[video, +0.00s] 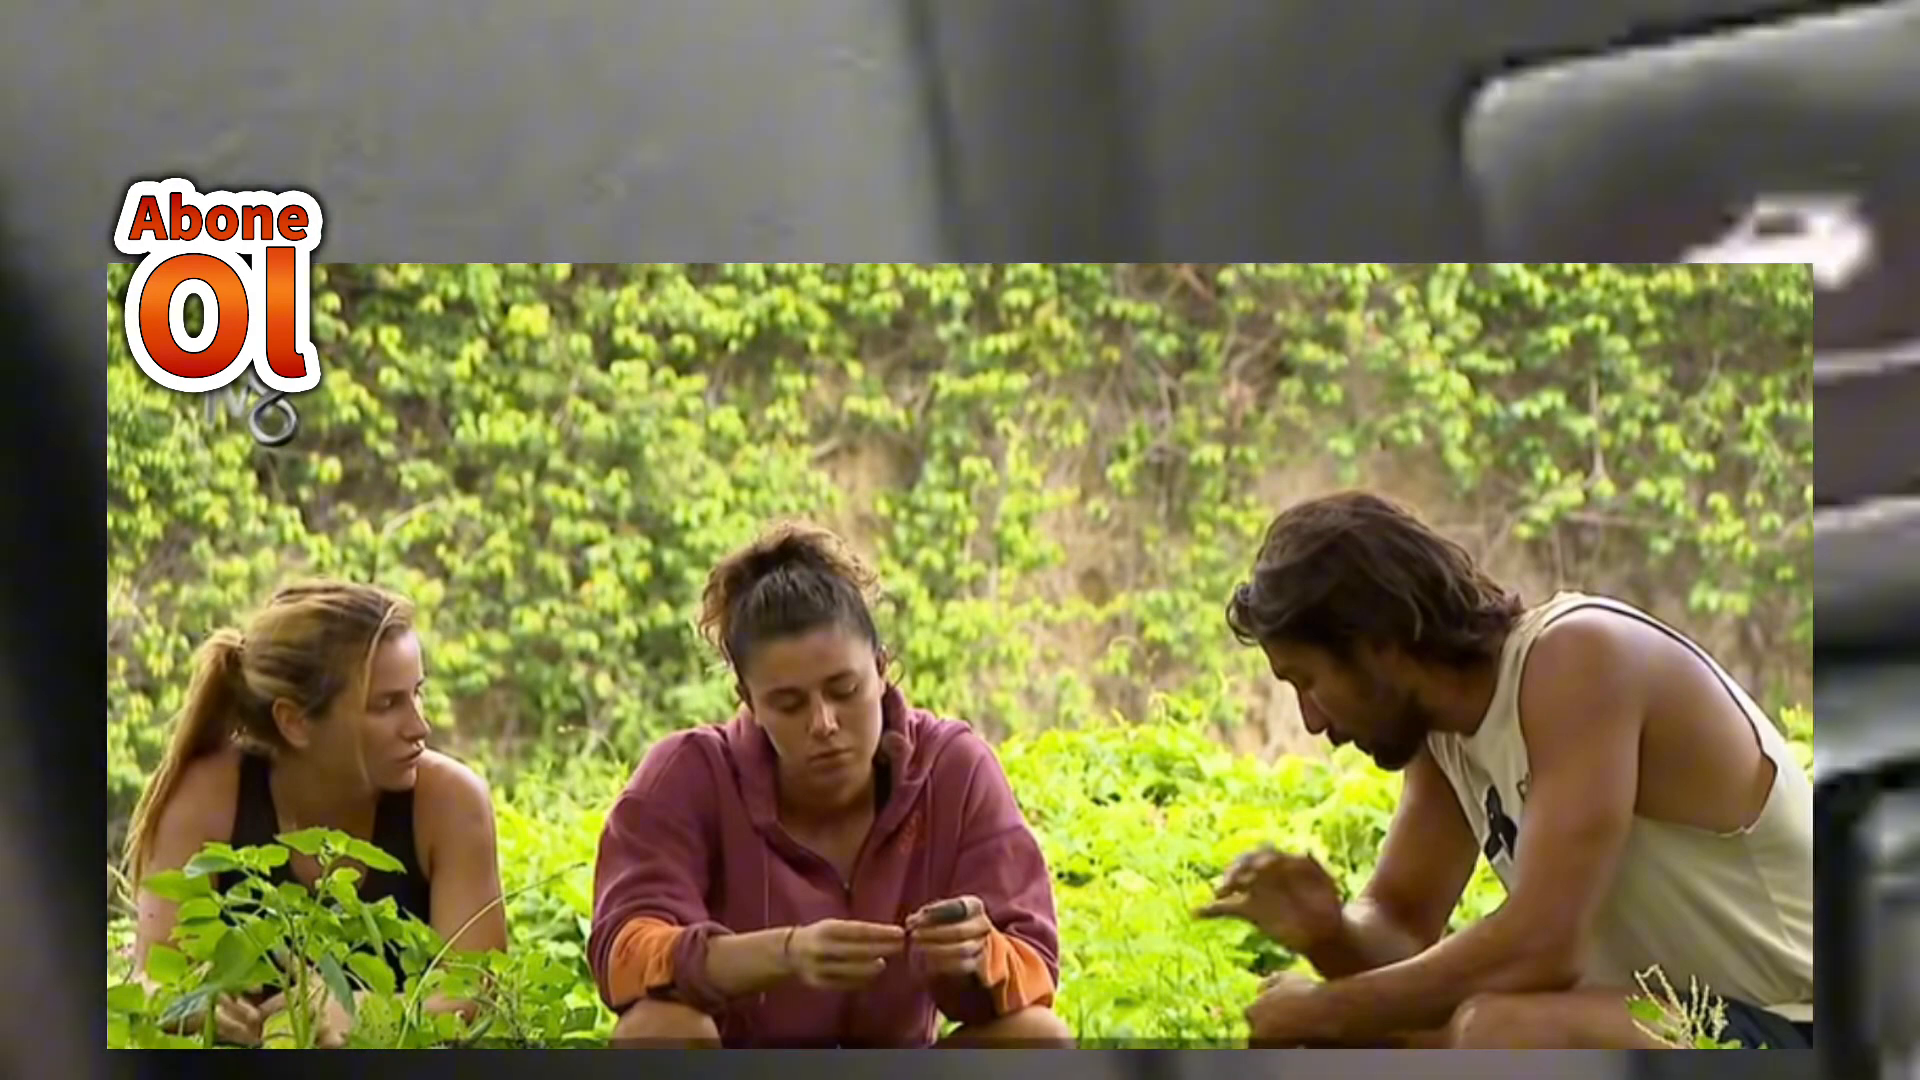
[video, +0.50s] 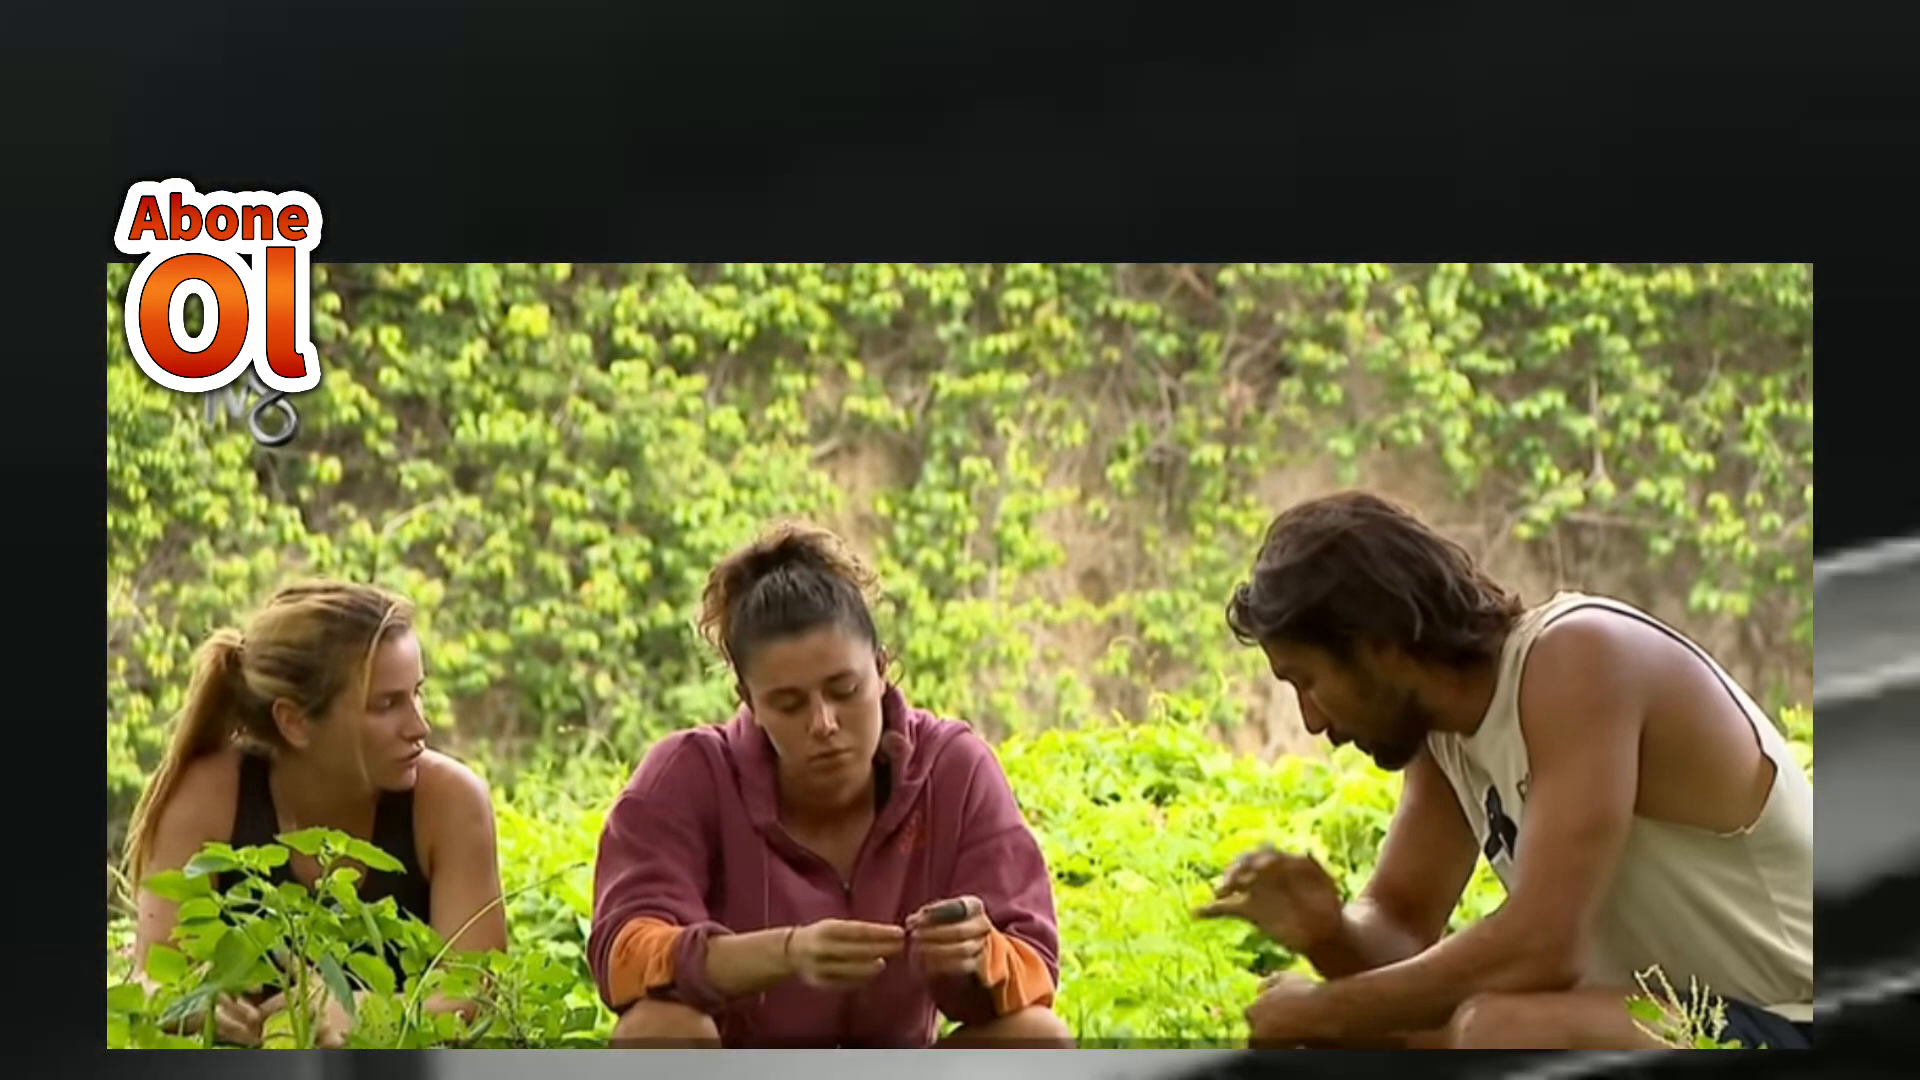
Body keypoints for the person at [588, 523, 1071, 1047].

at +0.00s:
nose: (824, 725)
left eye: (844, 690)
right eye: (789, 703)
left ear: (881, 670)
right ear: (747, 699)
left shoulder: (955, 766)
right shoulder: (687, 773)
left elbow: (1030, 970)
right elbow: (630, 957)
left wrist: (977, 953)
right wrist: (785, 953)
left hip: (897, 1061)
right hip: (739, 1062)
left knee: (1037, 1037)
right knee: (659, 1026)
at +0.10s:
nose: (824, 725)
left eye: (844, 690)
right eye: (789, 703)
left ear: (881, 670)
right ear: (747, 699)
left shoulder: (955, 766)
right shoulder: (687, 773)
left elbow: (1030, 969)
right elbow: (629, 957)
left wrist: (977, 953)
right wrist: (786, 951)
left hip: (898, 1059)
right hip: (739, 1059)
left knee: (1037, 1038)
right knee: (658, 1027)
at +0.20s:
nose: (824, 725)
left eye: (844, 690)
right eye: (789, 703)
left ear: (881, 670)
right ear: (747, 699)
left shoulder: (955, 766)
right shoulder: (687, 773)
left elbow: (1031, 969)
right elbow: (629, 957)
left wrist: (978, 953)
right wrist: (787, 952)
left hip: (898, 1056)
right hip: (739, 1057)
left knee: (1037, 1036)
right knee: (658, 1027)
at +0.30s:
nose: (824, 725)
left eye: (844, 690)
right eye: (789, 703)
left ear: (880, 670)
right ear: (747, 698)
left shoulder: (955, 766)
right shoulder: (687, 773)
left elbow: (1031, 970)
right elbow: (629, 958)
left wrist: (977, 953)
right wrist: (787, 951)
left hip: (898, 1060)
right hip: (739, 1062)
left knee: (1038, 1037)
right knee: (658, 1027)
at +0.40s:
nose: (824, 725)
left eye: (844, 690)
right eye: (789, 703)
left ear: (881, 670)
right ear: (747, 698)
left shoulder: (955, 765)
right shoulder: (687, 773)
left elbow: (1031, 969)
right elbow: (629, 958)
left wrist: (978, 953)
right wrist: (787, 952)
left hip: (899, 1064)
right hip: (738, 1065)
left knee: (1037, 1037)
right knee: (658, 1027)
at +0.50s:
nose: (824, 725)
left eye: (844, 690)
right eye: (789, 703)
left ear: (880, 670)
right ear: (747, 698)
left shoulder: (955, 766)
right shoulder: (687, 774)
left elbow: (1031, 970)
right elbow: (629, 957)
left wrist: (978, 953)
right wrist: (787, 951)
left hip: (898, 1062)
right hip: (738, 1063)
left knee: (1038, 1037)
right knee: (659, 1027)